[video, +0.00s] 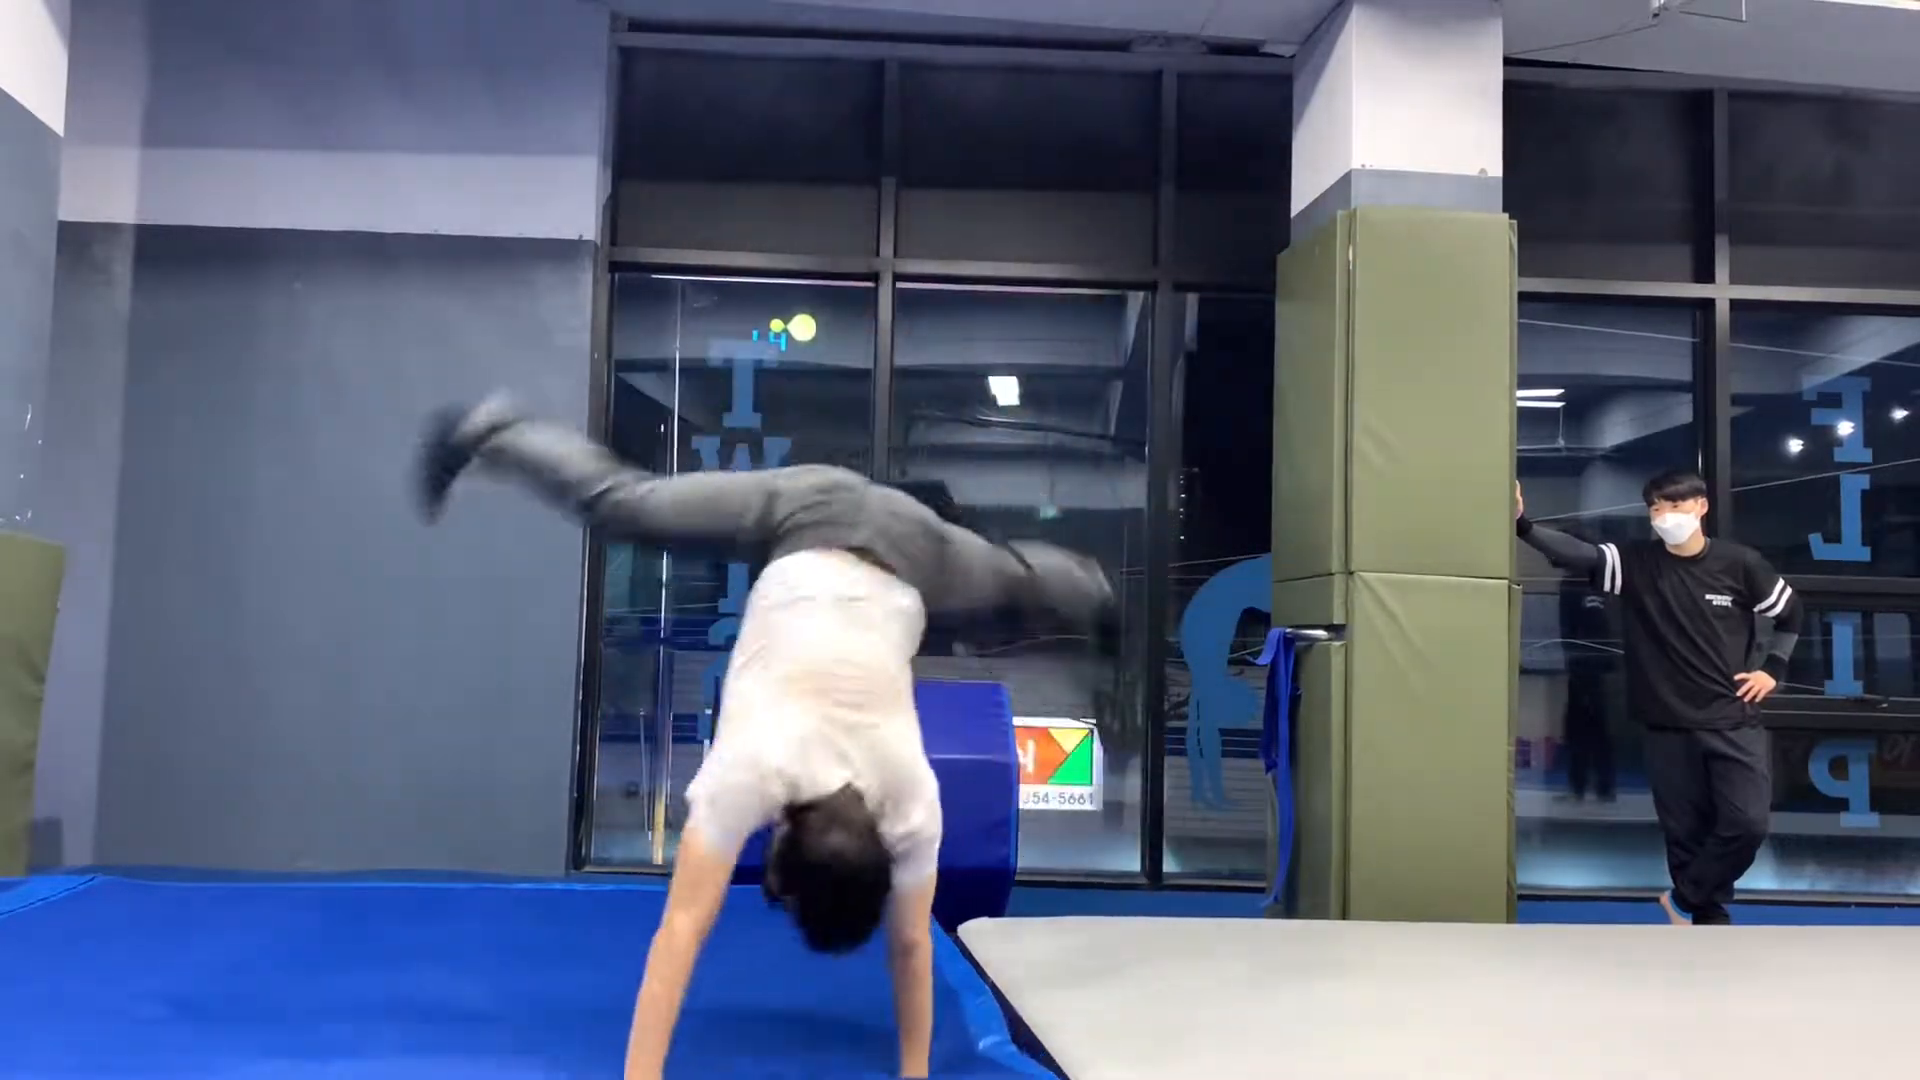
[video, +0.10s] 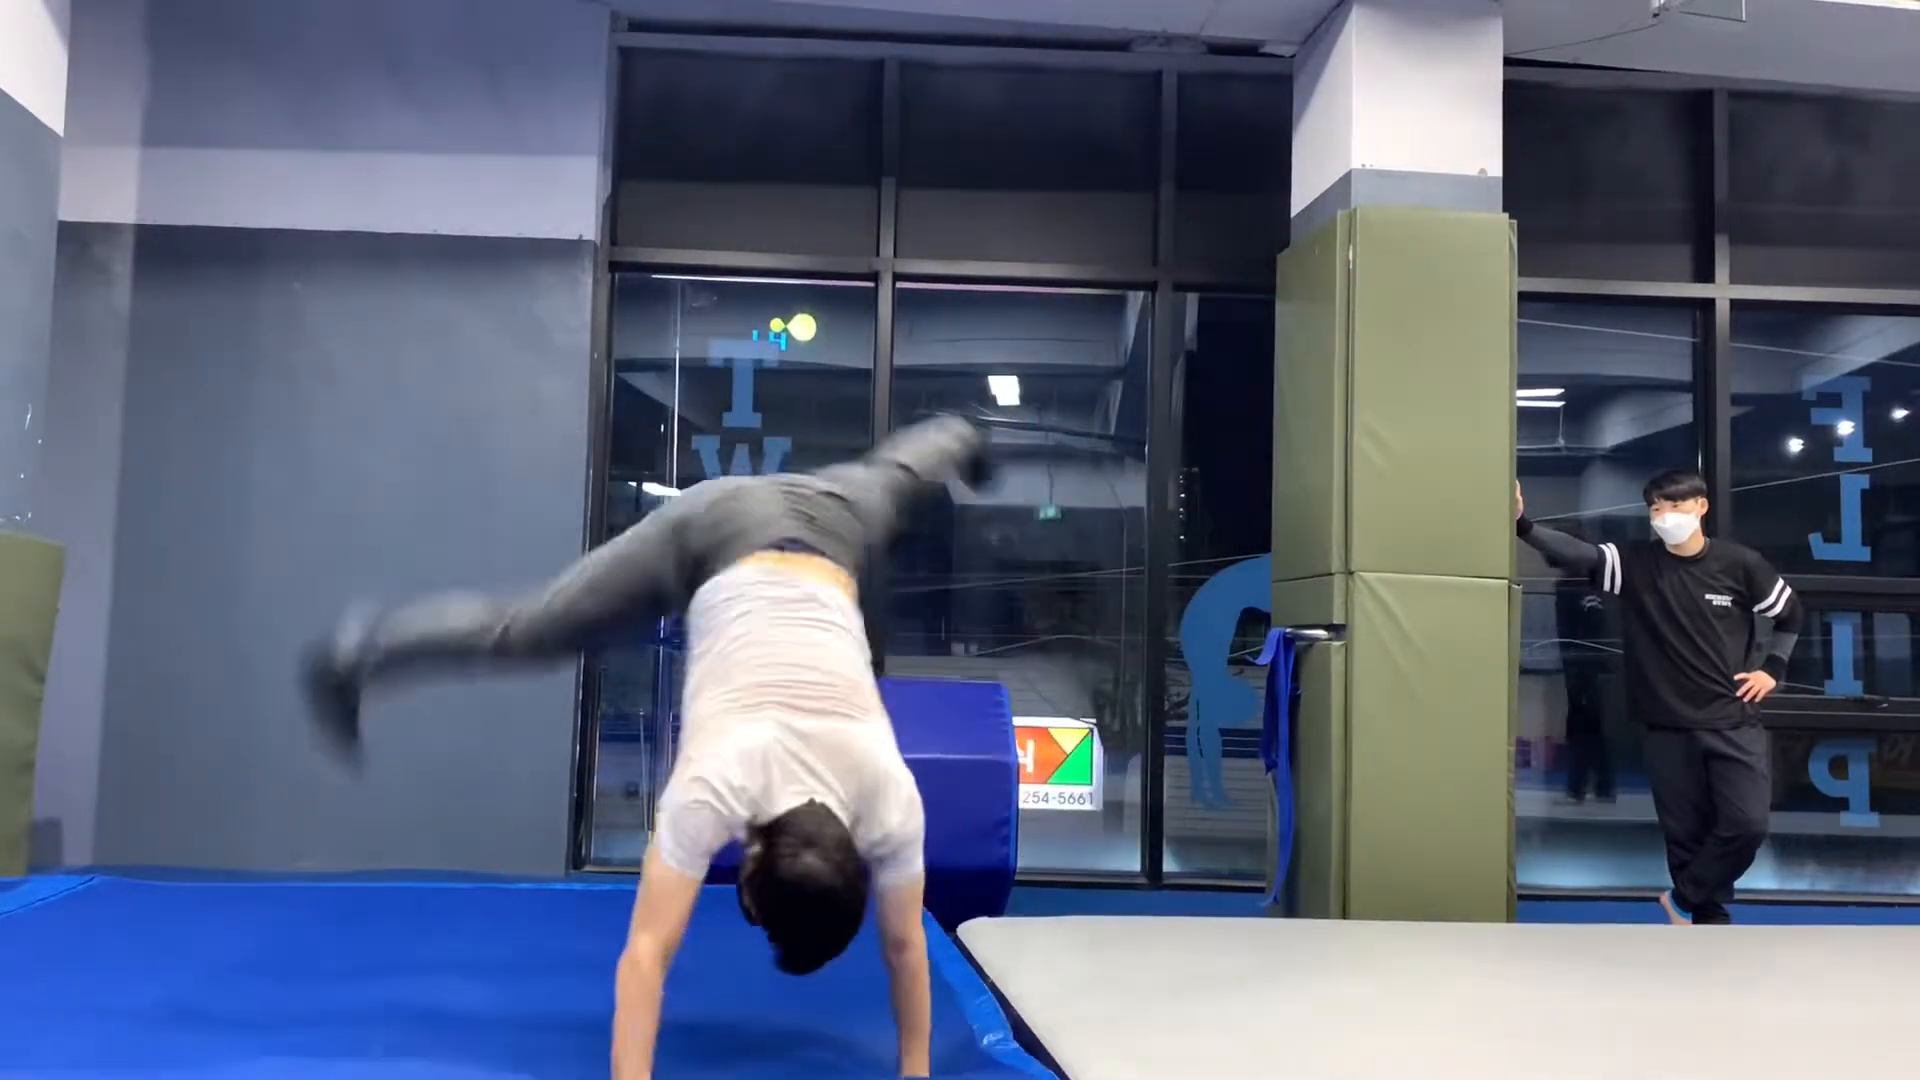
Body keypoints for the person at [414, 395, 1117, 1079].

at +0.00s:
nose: (816, 923)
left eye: (841, 920)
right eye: (802, 912)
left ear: (884, 867)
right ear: (779, 866)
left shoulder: (916, 816)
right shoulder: (738, 784)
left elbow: (913, 949)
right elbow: (680, 934)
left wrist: (914, 1071)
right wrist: (642, 1071)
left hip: (910, 541)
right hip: (802, 508)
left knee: (1021, 581)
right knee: (622, 503)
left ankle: (1086, 584)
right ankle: (487, 433)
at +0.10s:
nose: (771, 939)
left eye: (802, 944)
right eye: (765, 927)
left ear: (861, 883)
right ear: (752, 874)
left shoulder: (893, 810)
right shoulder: (703, 798)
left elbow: (907, 943)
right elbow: (647, 957)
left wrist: (918, 1069)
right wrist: (632, 1075)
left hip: (835, 520)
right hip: (726, 517)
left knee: (903, 471)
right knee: (527, 630)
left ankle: (958, 433)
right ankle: (357, 652)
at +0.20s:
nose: (753, 911)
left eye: (786, 916)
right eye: (753, 902)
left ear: (844, 846)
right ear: (736, 843)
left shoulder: (867, 787)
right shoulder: (678, 787)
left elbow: (886, 921)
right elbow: (632, 955)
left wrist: (915, 1046)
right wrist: (627, 1075)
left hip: (722, 535)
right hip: (616, 556)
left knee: (738, 426)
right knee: (522, 783)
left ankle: (766, 356)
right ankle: (396, 943)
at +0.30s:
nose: (779, 886)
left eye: (800, 877)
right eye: (770, 877)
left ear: (834, 818)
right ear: (730, 835)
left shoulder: (833, 731)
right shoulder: (649, 789)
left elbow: (917, 839)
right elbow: (613, 974)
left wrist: (970, 970)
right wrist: (619, 1079)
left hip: (600, 561)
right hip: (513, 620)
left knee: (544, 455)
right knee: (536, 856)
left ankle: (524, 375)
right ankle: (426, 1023)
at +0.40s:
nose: (787, 818)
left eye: (803, 795)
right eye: (782, 813)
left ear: (805, 736)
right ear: (738, 799)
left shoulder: (768, 661)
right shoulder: (620, 793)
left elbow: (923, 674)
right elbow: (606, 967)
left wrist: (1060, 704)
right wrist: (623, 1079)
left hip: (518, 569)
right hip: (441, 636)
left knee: (367, 537)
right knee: (490, 869)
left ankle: (224, 471)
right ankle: (420, 1038)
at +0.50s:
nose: (755, 724)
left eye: (761, 707)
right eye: (758, 723)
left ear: (735, 630)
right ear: (722, 728)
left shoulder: (709, 569)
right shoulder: (604, 750)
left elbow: (828, 466)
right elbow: (605, 915)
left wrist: (939, 404)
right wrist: (628, 1066)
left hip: (402, 542)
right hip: (382, 648)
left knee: (190, 638)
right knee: (469, 859)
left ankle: (0, 679)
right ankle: (415, 1040)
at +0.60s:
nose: (734, 621)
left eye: (740, 603)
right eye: (735, 611)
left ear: (680, 526)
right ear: (703, 611)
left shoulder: (616, 473)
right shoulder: (619, 667)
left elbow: (631, 334)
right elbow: (604, 848)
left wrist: (674, 202)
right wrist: (627, 1005)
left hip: (284, 569)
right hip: (336, 669)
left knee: (114, 730)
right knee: (442, 862)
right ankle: (410, 1051)